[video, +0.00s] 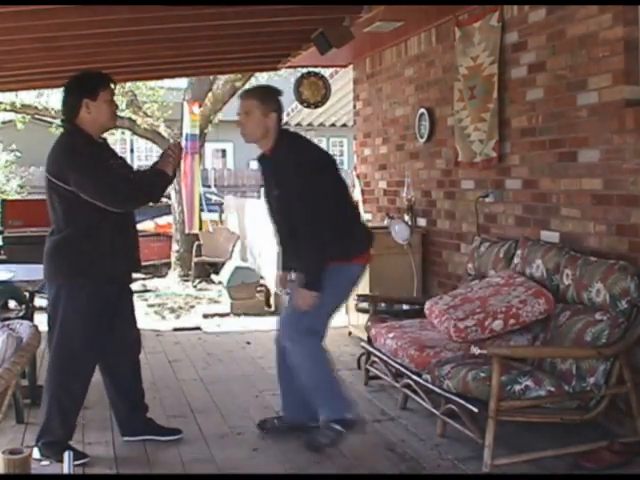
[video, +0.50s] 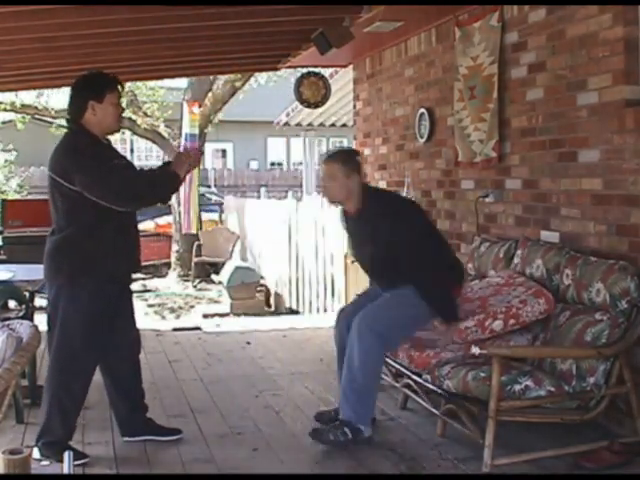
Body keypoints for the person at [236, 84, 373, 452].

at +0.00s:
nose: (239, 122)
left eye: (246, 114)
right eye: (239, 115)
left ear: (271, 117)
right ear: (259, 119)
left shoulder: (301, 156)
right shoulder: (272, 160)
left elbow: (317, 221)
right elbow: (286, 219)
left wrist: (312, 281)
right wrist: (287, 264)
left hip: (342, 256)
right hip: (313, 257)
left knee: (298, 331)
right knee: (289, 332)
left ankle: (339, 415)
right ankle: (298, 415)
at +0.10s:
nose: (249, 130)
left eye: (256, 123)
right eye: (249, 123)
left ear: (281, 125)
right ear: (271, 127)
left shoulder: (313, 161)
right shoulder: (285, 167)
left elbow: (335, 223)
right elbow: (310, 225)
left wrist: (339, 286)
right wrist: (323, 272)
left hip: (364, 260)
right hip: (335, 258)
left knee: (324, 333)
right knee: (305, 329)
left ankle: (356, 424)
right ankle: (303, 414)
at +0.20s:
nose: (263, 141)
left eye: (270, 134)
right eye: (263, 134)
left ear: (294, 136)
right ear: (282, 139)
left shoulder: (331, 169)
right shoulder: (297, 177)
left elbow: (358, 229)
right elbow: (327, 232)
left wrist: (367, 293)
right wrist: (342, 275)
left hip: (381, 262)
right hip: (353, 262)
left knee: (336, 331)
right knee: (317, 322)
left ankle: (355, 427)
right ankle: (324, 409)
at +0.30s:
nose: (281, 154)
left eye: (287, 146)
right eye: (281, 146)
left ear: (310, 146)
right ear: (300, 149)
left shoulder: (351, 179)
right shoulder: (312, 187)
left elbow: (381, 236)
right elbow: (345, 240)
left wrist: (393, 298)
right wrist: (355, 280)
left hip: (395, 266)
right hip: (368, 267)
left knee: (345, 328)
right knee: (331, 320)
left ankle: (355, 425)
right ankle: (356, 408)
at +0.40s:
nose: (300, 168)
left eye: (306, 160)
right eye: (299, 161)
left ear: (328, 162)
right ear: (321, 164)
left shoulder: (369, 192)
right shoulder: (330, 201)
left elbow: (410, 245)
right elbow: (362, 251)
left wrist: (424, 314)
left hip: (410, 275)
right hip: (378, 275)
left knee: (356, 327)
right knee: (338, 322)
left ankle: (356, 424)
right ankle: (354, 409)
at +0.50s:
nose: (322, 186)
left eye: (329, 178)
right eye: (322, 179)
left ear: (353, 178)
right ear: (342, 181)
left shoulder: (396, 209)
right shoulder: (351, 214)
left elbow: (430, 260)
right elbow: (380, 260)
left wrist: (447, 314)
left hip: (428, 286)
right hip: (392, 282)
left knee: (368, 326)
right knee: (347, 319)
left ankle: (358, 424)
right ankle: (351, 409)